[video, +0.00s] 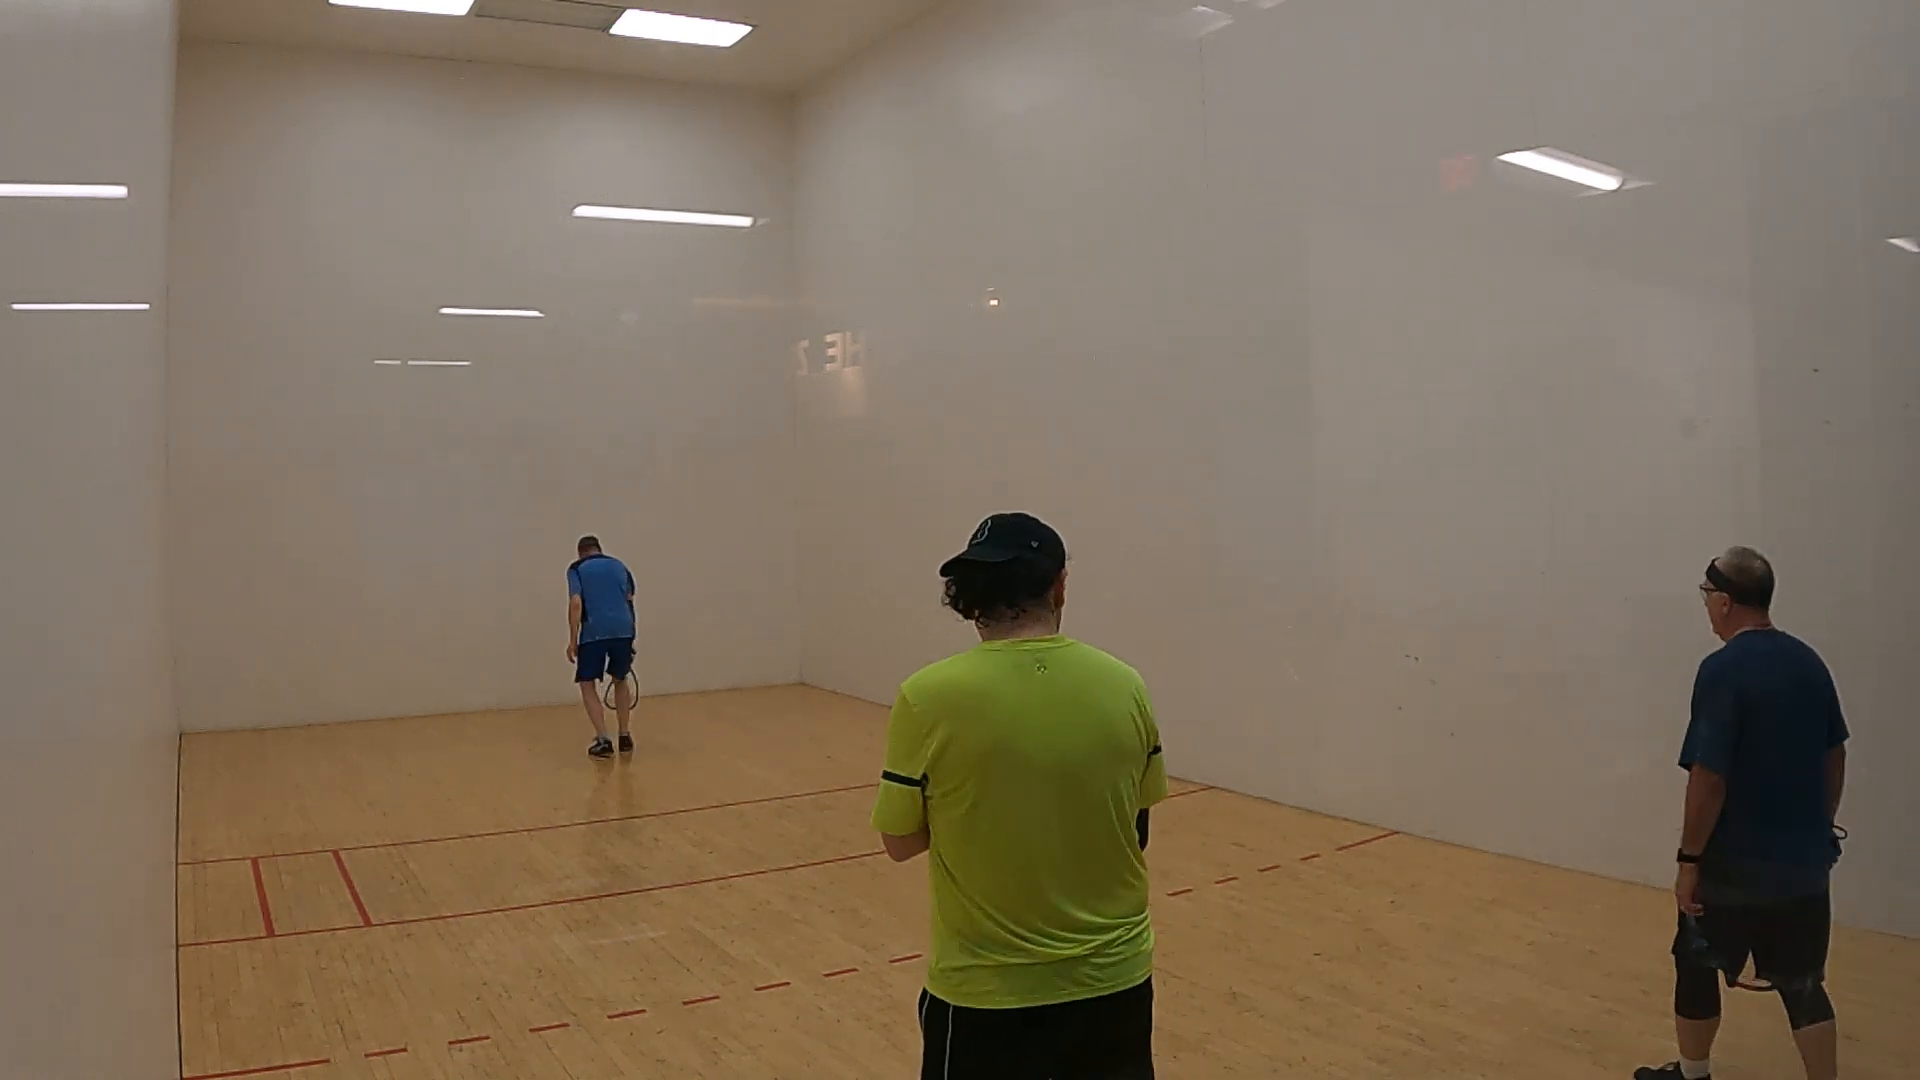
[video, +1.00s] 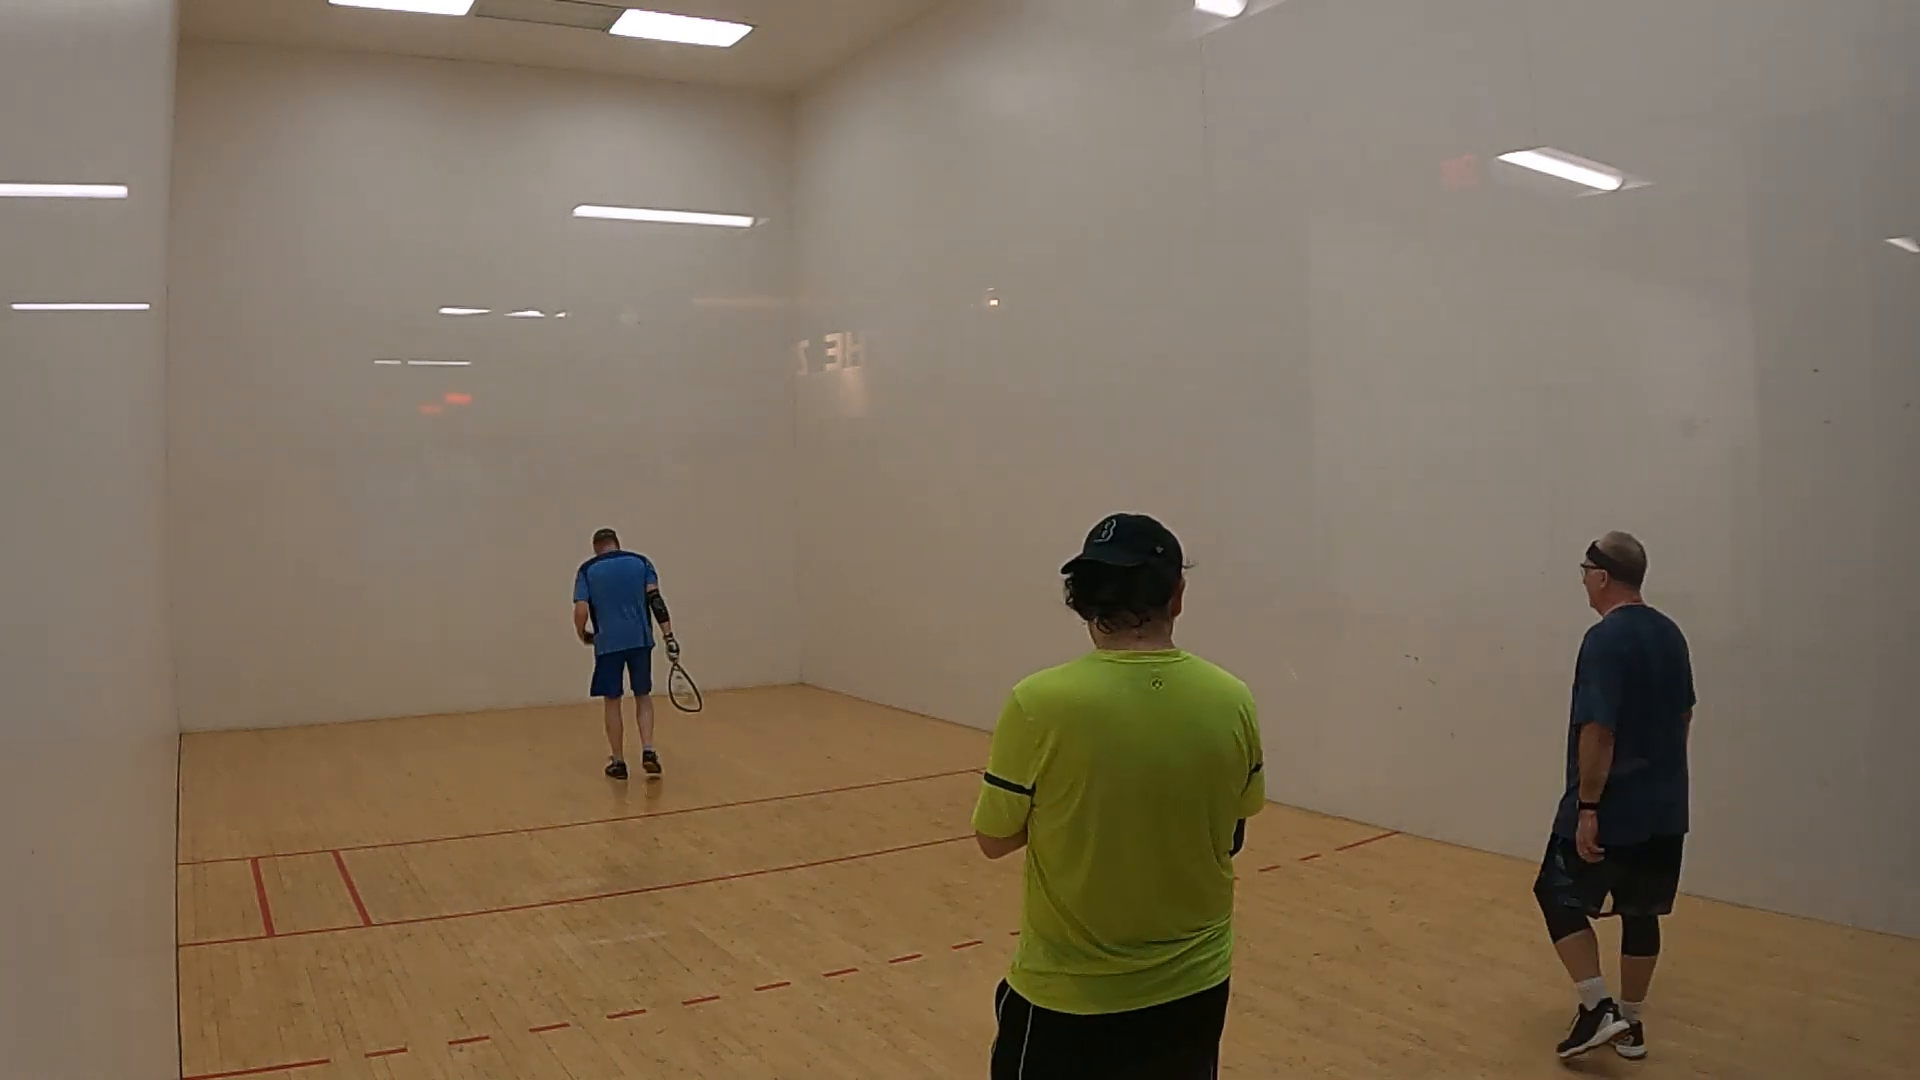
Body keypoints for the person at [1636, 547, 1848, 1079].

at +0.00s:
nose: (1707, 605)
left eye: (1709, 595)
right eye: (1707, 595)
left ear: (1724, 601)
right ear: (1764, 599)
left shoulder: (1722, 669)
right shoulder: (1809, 662)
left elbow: (1707, 778)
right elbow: (1833, 756)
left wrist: (1688, 859)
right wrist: (1821, 829)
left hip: (1733, 862)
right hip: (1802, 863)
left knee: (1695, 957)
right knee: (1802, 983)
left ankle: (1692, 1071)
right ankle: (1825, 1076)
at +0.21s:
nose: (1676, 593)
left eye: (1678, 584)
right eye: (1677, 583)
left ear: (1690, 590)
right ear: (1734, 589)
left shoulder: (1681, 659)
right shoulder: (1775, 654)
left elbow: (1650, 761)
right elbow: (1798, 748)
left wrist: (1622, 832)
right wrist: (1791, 817)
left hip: (1689, 846)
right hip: (1759, 842)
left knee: (1680, 955)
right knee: (1743, 942)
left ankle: (1689, 1069)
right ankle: (1777, 1045)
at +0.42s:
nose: (1646, 588)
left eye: (1648, 581)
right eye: (1648, 579)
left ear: (1659, 589)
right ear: (1704, 586)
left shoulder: (1652, 657)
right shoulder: (1746, 647)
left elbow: (1613, 751)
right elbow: (1771, 736)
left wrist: (1580, 812)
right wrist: (1761, 800)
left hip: (1668, 836)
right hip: (1729, 830)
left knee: (1673, 951)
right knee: (1703, 939)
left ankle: (1689, 1064)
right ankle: (1692, 1040)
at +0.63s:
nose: (1623, 595)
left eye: (1625, 586)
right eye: (1624, 585)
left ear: (1637, 591)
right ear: (1679, 588)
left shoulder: (1633, 656)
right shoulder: (1721, 648)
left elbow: (1603, 750)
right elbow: (1743, 729)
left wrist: (1573, 806)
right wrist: (1734, 796)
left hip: (1646, 832)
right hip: (1706, 828)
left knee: (1659, 942)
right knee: (1657, 928)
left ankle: (1687, 1065)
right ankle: (1629, 1023)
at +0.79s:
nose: (1610, 584)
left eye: (1612, 576)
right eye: (1611, 575)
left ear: (1626, 582)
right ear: (1663, 583)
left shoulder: (1622, 646)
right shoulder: (1699, 643)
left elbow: (1602, 741)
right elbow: (1716, 727)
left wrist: (1579, 811)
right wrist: (1707, 797)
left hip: (1630, 819)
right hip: (1685, 818)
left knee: (1607, 922)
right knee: (1652, 919)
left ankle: (1667, 1045)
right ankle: (1630, 1019)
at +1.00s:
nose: (1584, 579)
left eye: (1587, 571)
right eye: (1586, 570)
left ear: (1602, 577)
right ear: (1636, 578)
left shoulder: (1604, 639)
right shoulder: (1670, 634)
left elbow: (1597, 729)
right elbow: (1683, 716)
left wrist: (1587, 807)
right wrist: (1662, 781)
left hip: (1603, 810)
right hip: (1663, 811)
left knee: (1558, 892)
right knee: (1642, 911)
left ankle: (1594, 1005)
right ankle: (1629, 1025)